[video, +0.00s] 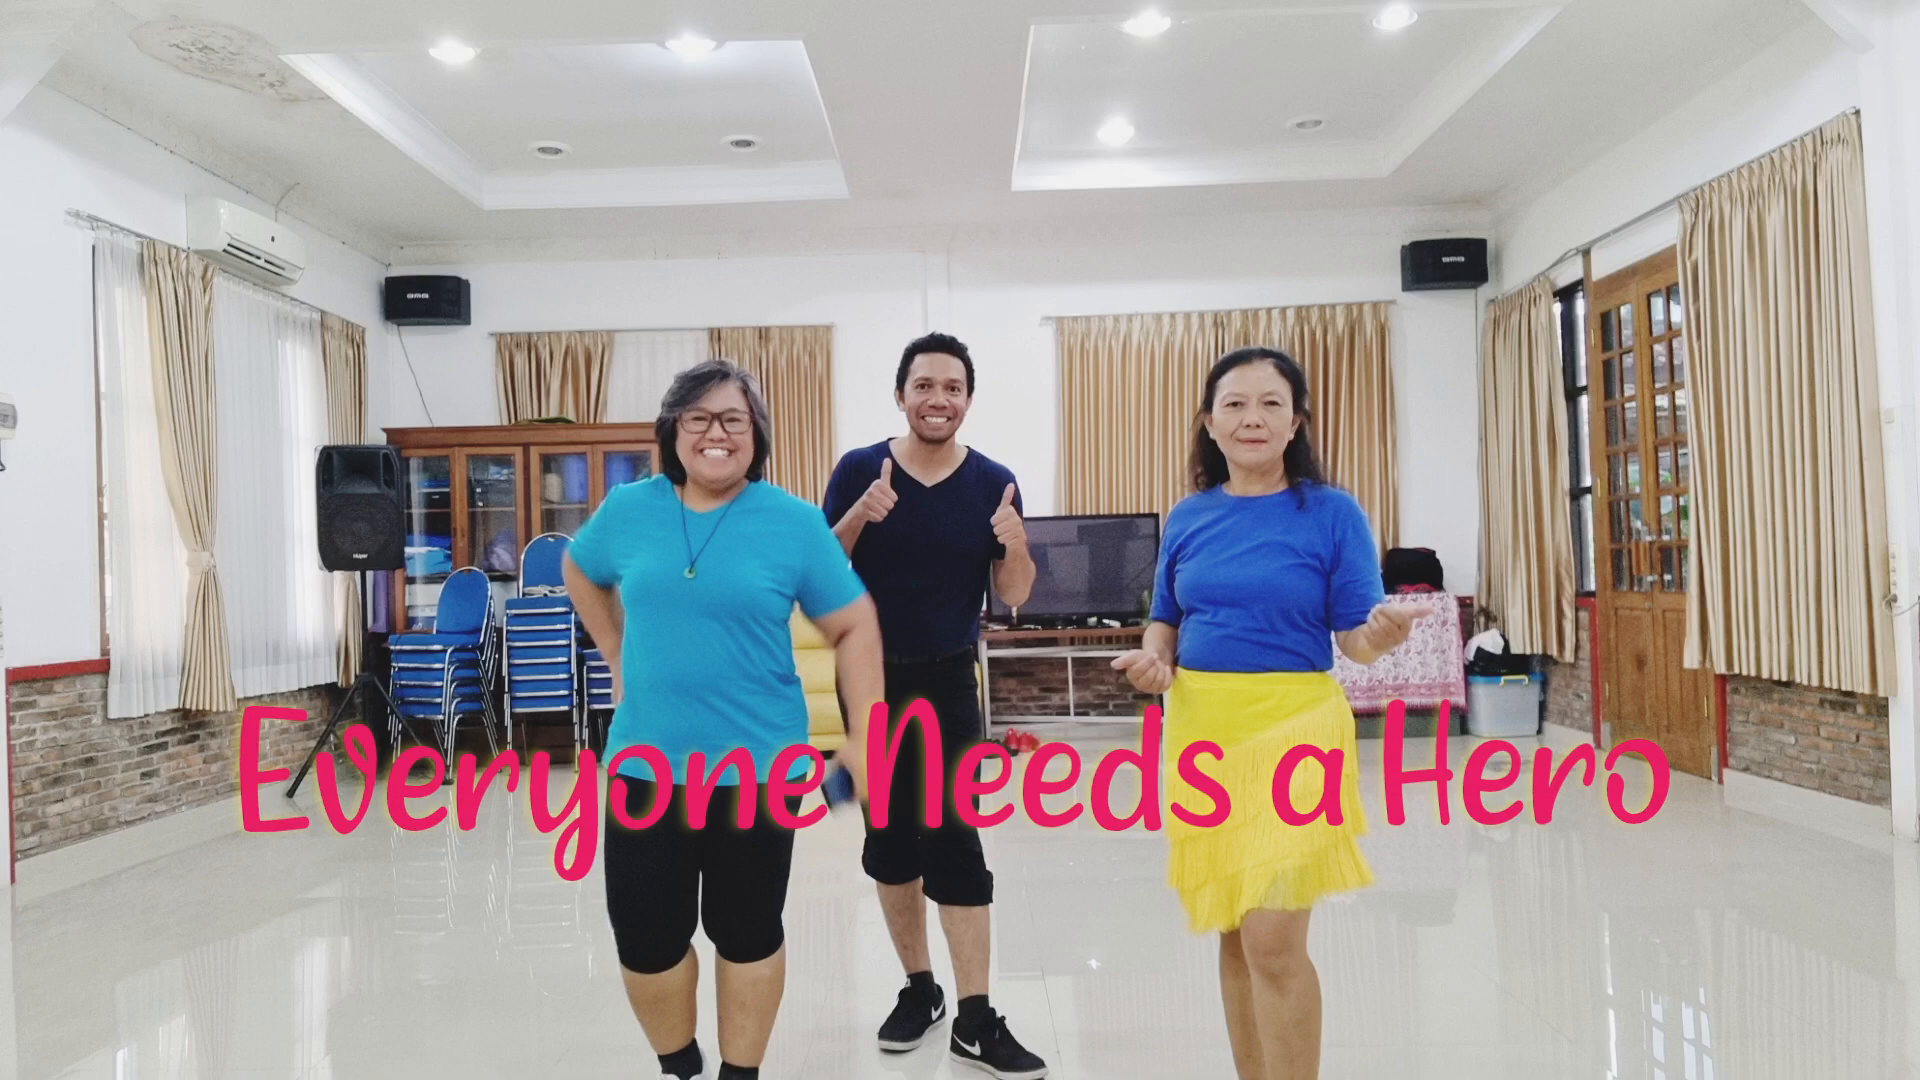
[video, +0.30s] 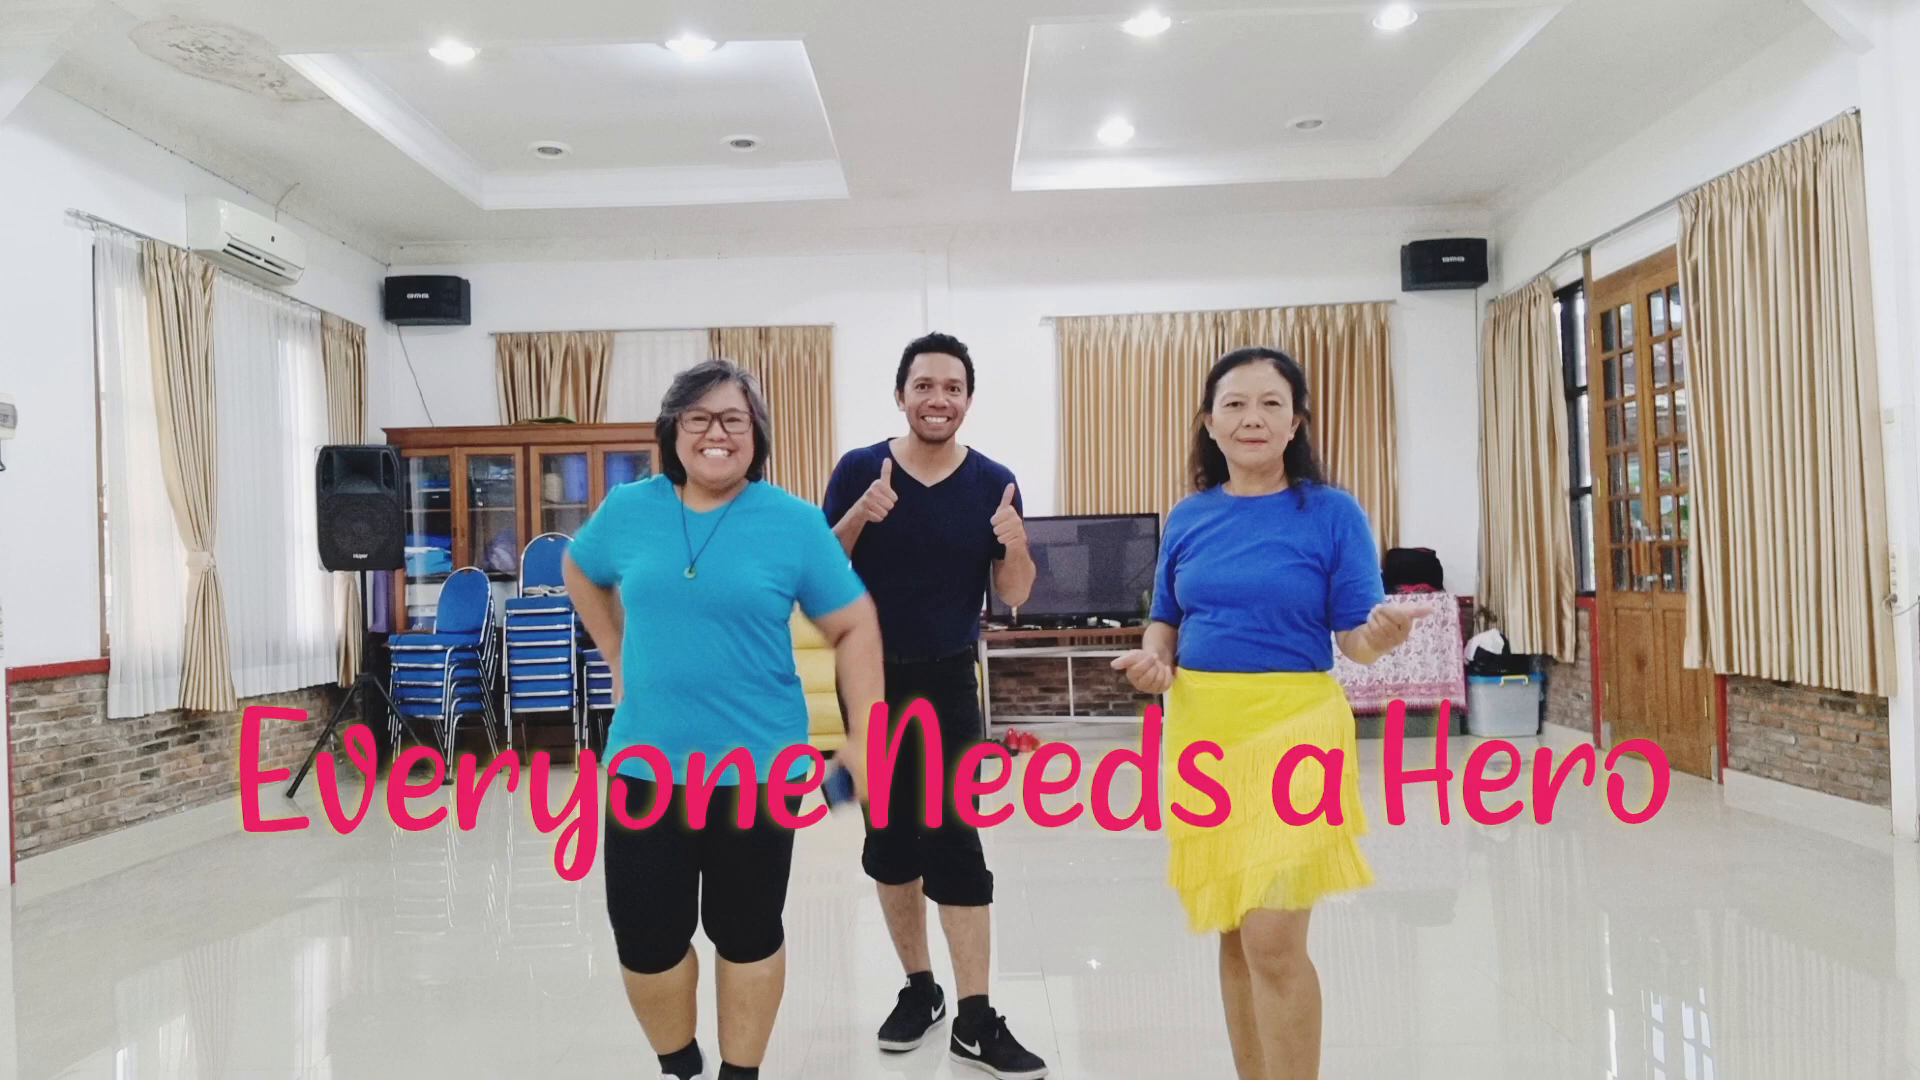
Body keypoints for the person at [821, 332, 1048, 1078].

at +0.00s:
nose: (938, 400)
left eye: (952, 388)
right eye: (924, 386)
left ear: (968, 399)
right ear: (900, 396)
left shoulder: (992, 483)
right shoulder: (858, 472)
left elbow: (1014, 595)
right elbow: (813, 570)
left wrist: (1015, 548)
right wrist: (854, 520)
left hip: (950, 676)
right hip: (872, 676)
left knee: (957, 841)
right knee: (892, 840)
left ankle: (975, 1014)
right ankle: (919, 990)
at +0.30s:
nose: (938, 400)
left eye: (952, 388)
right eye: (924, 386)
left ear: (968, 399)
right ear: (900, 396)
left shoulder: (992, 483)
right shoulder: (858, 472)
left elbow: (1014, 595)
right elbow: (813, 570)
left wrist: (1015, 548)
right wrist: (854, 520)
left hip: (950, 676)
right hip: (872, 676)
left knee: (957, 841)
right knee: (892, 840)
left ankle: (975, 1014)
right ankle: (919, 990)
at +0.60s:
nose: (938, 400)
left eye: (952, 388)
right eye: (924, 386)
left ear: (968, 399)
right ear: (900, 396)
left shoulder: (992, 483)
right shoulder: (858, 472)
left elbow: (1014, 595)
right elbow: (813, 570)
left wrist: (1015, 548)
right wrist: (854, 520)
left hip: (950, 676)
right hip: (872, 676)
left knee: (957, 841)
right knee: (892, 840)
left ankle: (975, 1014)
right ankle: (919, 990)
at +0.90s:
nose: (938, 400)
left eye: (952, 388)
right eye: (924, 386)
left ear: (968, 399)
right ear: (900, 396)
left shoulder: (992, 483)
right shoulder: (858, 472)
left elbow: (1014, 595)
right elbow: (813, 570)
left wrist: (1015, 548)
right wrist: (854, 520)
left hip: (950, 676)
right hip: (872, 676)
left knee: (957, 841)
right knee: (892, 840)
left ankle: (975, 1014)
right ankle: (919, 990)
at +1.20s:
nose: (938, 400)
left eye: (952, 388)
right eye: (924, 386)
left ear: (968, 399)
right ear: (900, 396)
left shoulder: (992, 483)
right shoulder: (858, 472)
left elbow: (1014, 595)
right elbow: (813, 570)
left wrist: (1015, 548)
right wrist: (854, 520)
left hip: (950, 676)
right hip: (872, 676)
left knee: (957, 841)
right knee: (892, 840)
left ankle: (975, 1014)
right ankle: (919, 990)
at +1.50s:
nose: (938, 400)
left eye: (952, 388)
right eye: (924, 386)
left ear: (968, 399)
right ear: (900, 396)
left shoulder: (992, 483)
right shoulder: (858, 472)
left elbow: (1014, 595)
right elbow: (813, 570)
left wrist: (1015, 548)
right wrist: (854, 520)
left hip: (950, 676)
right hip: (872, 676)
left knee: (957, 841)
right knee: (892, 840)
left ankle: (975, 1014)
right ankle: (919, 990)